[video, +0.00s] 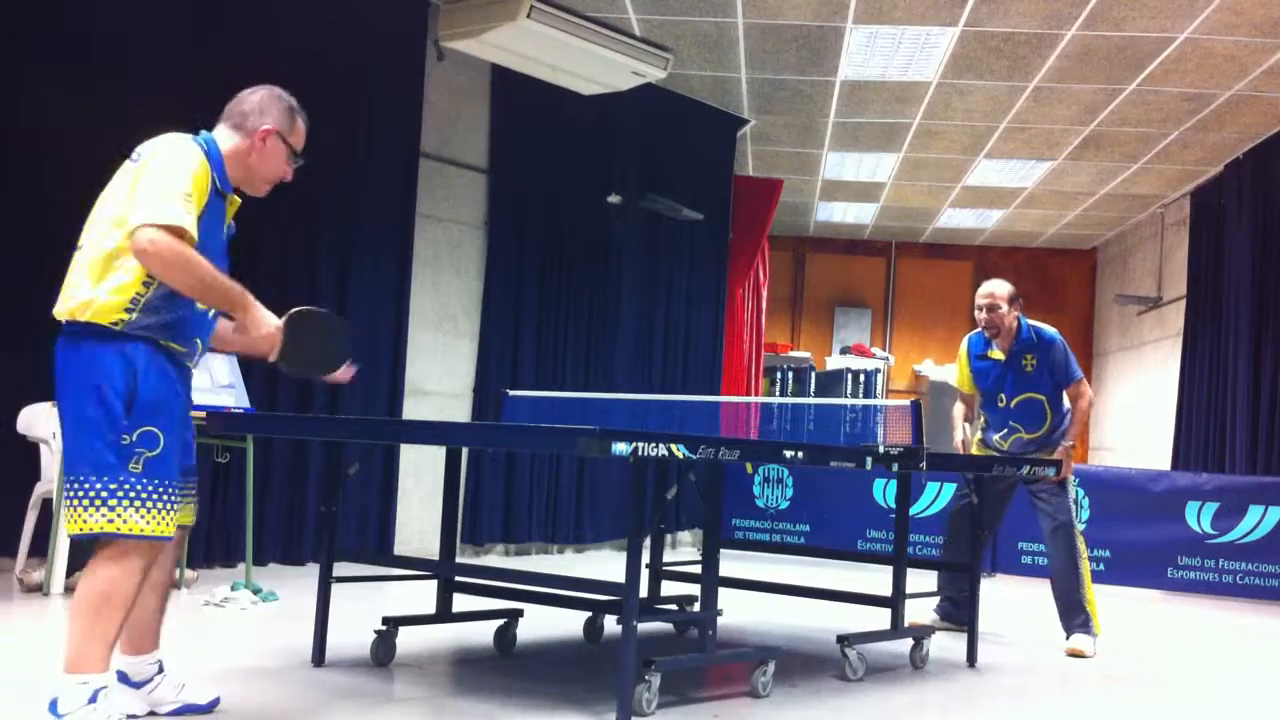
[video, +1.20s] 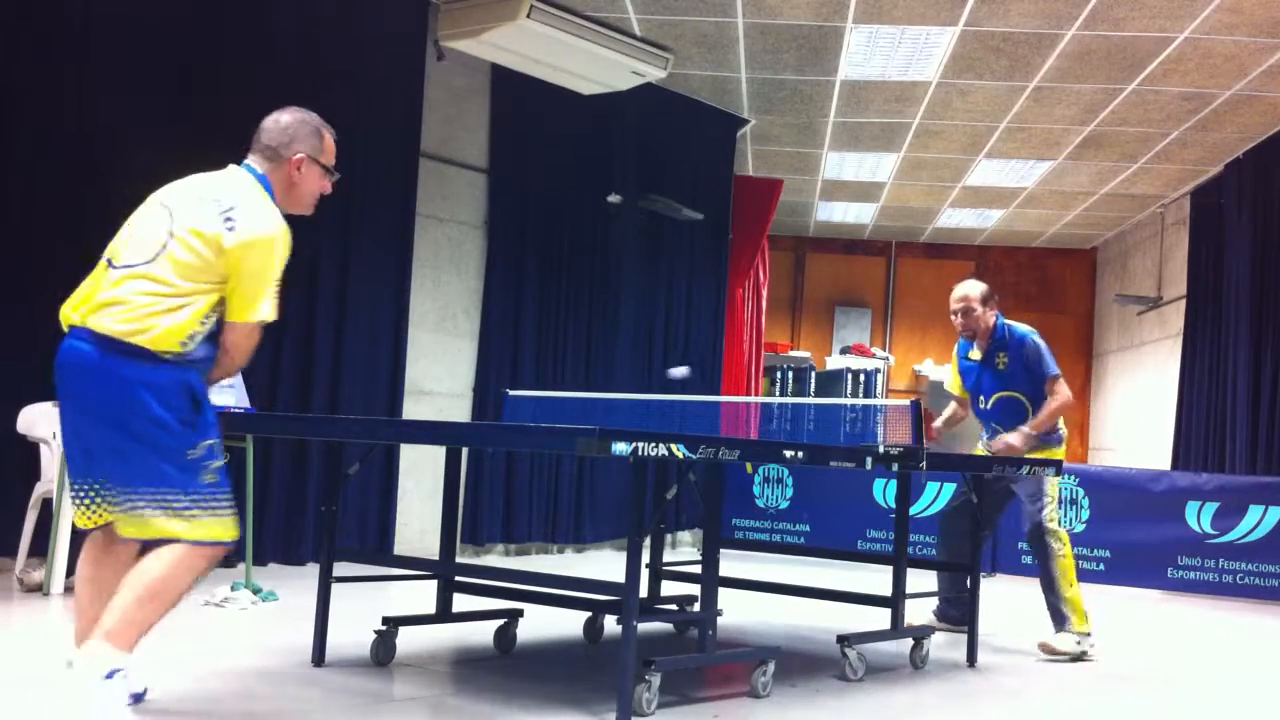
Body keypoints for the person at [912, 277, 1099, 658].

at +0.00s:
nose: (985, 317)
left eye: (993, 309)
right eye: (979, 310)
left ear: (1015, 310)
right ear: (974, 313)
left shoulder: (1047, 341)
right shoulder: (971, 346)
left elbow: (1082, 395)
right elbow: (965, 399)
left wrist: (1067, 445)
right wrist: (960, 428)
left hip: (1044, 452)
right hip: (992, 452)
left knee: (1062, 532)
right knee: (962, 520)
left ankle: (1080, 630)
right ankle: (954, 612)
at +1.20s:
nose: (958, 321)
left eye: (966, 312)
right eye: (954, 315)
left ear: (990, 310)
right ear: (953, 316)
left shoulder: (1023, 339)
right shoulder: (962, 349)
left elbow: (1062, 396)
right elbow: (962, 404)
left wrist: (1025, 434)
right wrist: (940, 425)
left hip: (1038, 453)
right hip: (994, 452)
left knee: (1043, 529)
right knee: (955, 523)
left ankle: (1075, 631)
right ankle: (954, 613)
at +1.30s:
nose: (958, 330)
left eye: (965, 321)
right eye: (953, 323)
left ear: (989, 317)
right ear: (951, 324)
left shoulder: (1017, 344)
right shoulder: (971, 354)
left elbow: (1038, 400)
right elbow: (966, 414)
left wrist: (986, 420)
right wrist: (929, 443)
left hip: (1044, 455)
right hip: (1006, 456)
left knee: (1042, 530)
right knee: (960, 519)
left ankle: (1078, 640)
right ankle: (954, 615)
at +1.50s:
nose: (944, 352)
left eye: (947, 343)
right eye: (941, 345)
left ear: (970, 336)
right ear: (972, 337)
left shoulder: (989, 356)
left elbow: (1004, 364)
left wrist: (1010, 366)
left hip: (1044, 462)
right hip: (1014, 463)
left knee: (1018, 538)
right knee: (965, 518)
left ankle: (1074, 639)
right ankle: (954, 615)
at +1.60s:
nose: (943, 354)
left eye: (946, 345)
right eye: (941, 347)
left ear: (968, 338)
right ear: (967, 339)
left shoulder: (996, 361)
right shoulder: (984, 363)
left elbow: (1043, 372)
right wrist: (1091, 437)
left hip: (1041, 465)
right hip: (1009, 466)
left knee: (1018, 540)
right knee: (962, 519)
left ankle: (1074, 639)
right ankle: (953, 615)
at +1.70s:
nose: (954, 342)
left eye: (956, 333)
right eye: (952, 334)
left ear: (979, 327)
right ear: (974, 329)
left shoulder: (1018, 352)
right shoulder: (989, 360)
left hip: (1038, 463)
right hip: (1005, 464)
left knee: (1026, 536)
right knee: (956, 522)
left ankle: (1076, 640)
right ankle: (952, 614)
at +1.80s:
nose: (974, 326)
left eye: (979, 318)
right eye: (972, 318)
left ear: (1006, 312)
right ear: (992, 315)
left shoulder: (1045, 341)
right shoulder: (991, 347)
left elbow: (1093, 386)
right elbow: (979, 392)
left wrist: (1105, 437)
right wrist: (934, 391)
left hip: (1040, 456)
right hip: (1001, 454)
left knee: (1047, 535)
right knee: (960, 520)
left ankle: (1078, 639)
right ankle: (952, 614)